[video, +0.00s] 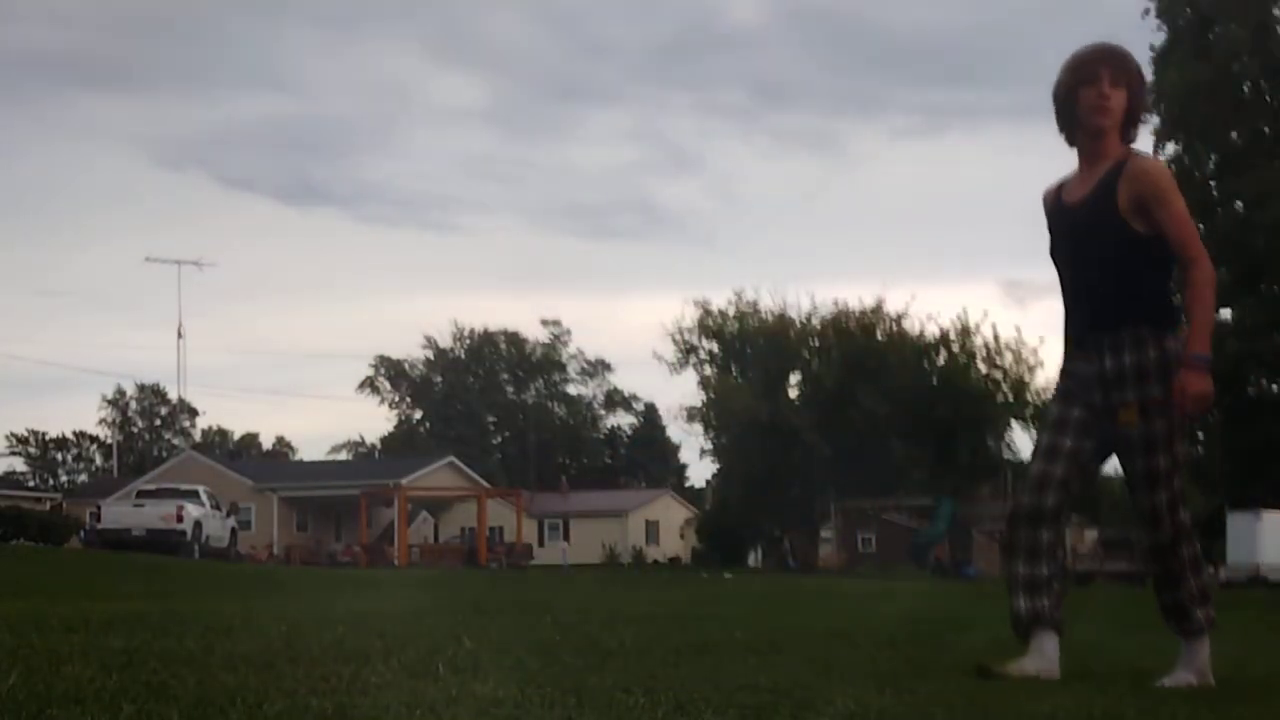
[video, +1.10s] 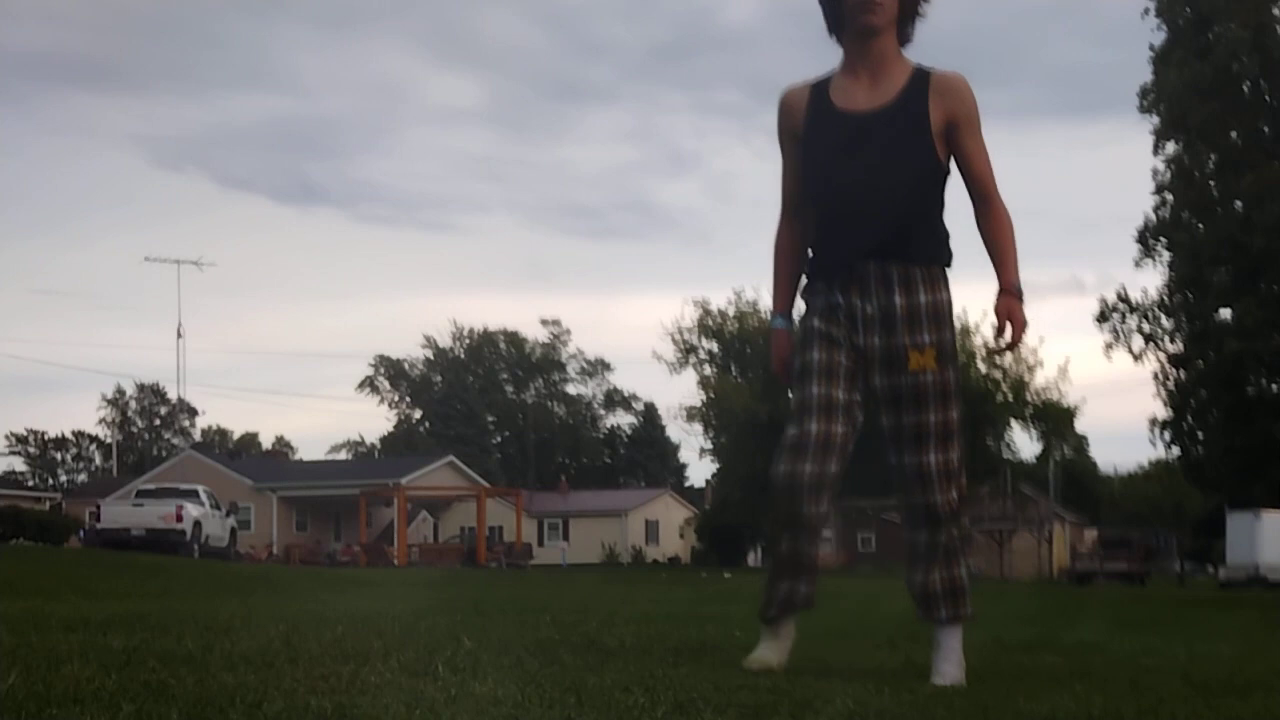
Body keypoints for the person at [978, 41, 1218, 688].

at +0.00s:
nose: (1101, 94)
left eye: (1114, 86)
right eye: (1088, 85)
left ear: (1131, 101)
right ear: (1067, 102)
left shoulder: (1144, 172)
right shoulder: (1057, 197)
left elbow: (1198, 264)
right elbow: (1080, 290)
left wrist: (1196, 358)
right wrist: (1075, 366)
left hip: (1147, 357)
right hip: (1083, 365)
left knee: (1161, 506)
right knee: (1039, 496)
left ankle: (1196, 655)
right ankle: (1043, 649)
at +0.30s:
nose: (1005, 71)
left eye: (1016, 59)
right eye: (990, 66)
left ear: (1043, 73)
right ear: (977, 91)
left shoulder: (1086, 150)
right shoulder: (975, 185)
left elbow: (1149, 238)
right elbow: (980, 284)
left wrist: (1178, 337)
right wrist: (963, 370)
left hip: (1079, 340)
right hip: (1010, 350)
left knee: (1073, 497)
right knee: (1004, 506)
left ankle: (1142, 608)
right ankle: (1034, 654)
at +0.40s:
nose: (987, 58)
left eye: (999, 46)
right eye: (973, 53)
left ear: (1026, 59)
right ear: (960, 74)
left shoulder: (1071, 141)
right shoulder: (952, 172)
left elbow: (1128, 231)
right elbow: (951, 272)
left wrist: (1145, 328)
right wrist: (919, 356)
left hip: (1059, 331)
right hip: (993, 339)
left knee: (1038, 477)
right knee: (997, 493)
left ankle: (1082, 595)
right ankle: (1032, 646)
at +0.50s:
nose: (974, 53)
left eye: (986, 40)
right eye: (960, 46)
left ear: (1012, 54)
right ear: (945, 68)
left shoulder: (1056, 139)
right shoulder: (932, 162)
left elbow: (1104, 234)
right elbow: (921, 265)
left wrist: (1109, 327)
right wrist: (879, 334)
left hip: (1041, 327)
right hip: (973, 336)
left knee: (1017, 474)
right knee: (987, 486)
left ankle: (1019, 627)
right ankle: (1032, 641)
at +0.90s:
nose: (916, 9)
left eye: (930, 0)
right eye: (904, 2)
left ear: (955, 16)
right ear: (887, 18)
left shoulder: (989, 111)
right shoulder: (853, 118)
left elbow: (1026, 225)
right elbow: (842, 228)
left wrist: (1032, 326)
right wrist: (819, 319)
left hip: (957, 310)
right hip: (881, 314)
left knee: (942, 479)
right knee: (879, 483)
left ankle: (952, 632)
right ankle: (957, 600)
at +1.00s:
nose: (897, 2)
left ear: (934, 9)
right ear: (861, 11)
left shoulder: (968, 100)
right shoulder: (829, 108)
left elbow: (1009, 211)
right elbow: (821, 222)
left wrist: (1024, 310)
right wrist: (806, 317)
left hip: (939, 301)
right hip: (856, 306)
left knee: (942, 478)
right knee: (834, 478)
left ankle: (951, 631)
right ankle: (880, 596)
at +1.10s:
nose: (870, 2)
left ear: (903, 8)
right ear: (832, 11)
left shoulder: (945, 91)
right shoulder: (800, 103)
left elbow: (986, 199)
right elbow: (793, 217)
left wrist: (1010, 286)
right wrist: (779, 316)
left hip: (917, 298)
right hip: (830, 303)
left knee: (934, 477)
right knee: (802, 470)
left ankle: (948, 636)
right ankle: (779, 623)